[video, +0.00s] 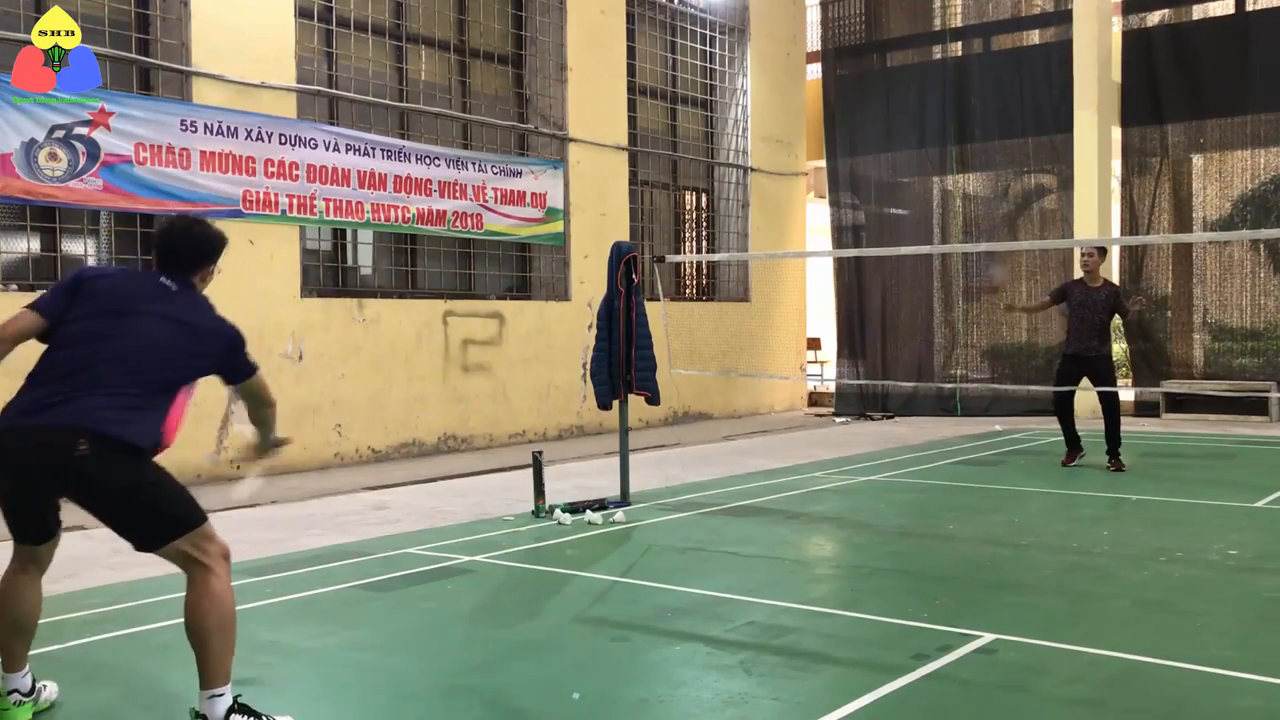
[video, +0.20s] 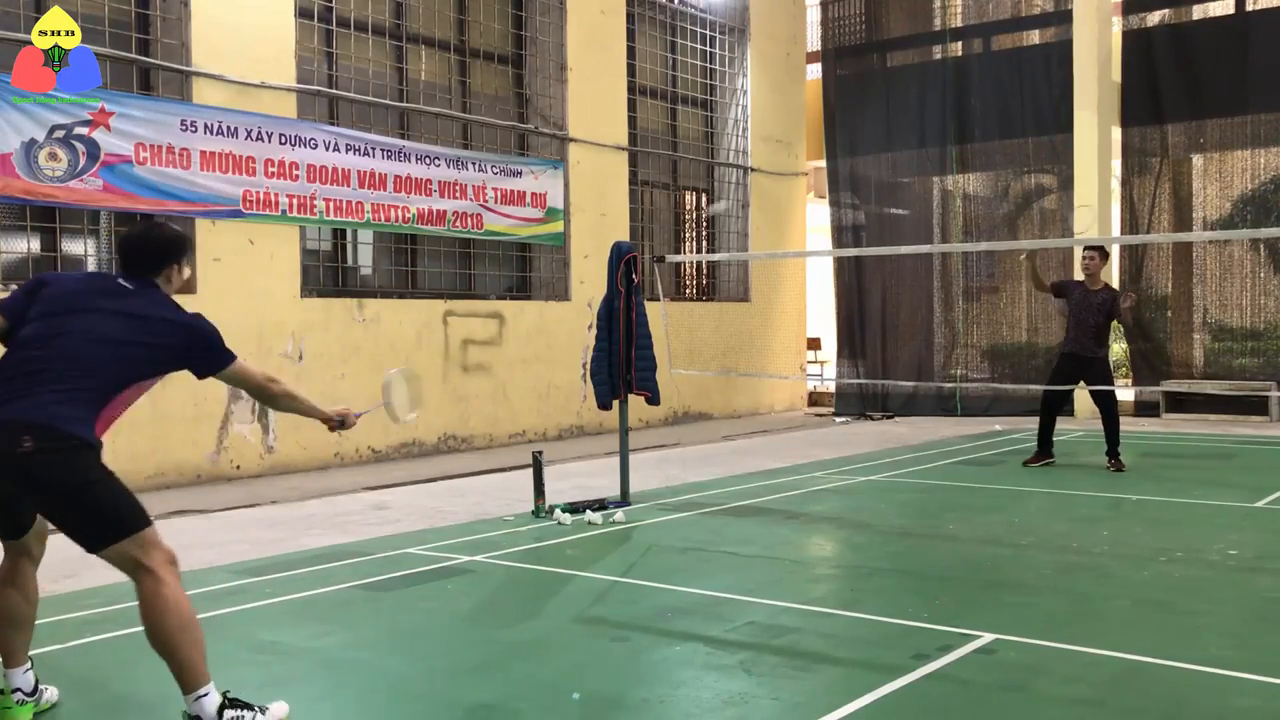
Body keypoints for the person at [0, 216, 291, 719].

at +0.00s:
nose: (213, 276)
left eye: (215, 269)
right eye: (214, 269)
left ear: (156, 256)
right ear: (205, 271)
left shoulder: (91, 281)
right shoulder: (209, 326)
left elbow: (8, 333)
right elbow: (261, 399)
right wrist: (267, 440)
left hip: (21, 439)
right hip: (104, 449)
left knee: (29, 555)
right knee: (208, 559)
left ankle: (14, 688)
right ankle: (217, 706)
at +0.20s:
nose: (190, 271)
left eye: (189, 262)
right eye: (188, 263)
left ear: (125, 262)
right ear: (172, 269)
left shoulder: (51, 285)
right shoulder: (179, 324)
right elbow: (263, 386)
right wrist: (322, 414)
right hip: (57, 448)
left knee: (22, 547)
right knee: (154, 563)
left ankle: (18, 688)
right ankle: (207, 706)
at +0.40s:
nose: (171, 249)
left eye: (170, 238)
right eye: (168, 239)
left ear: (106, 242)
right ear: (150, 243)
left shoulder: (47, 272)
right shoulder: (149, 293)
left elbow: (14, 346)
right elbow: (222, 389)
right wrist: (276, 429)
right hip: (32, 426)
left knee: (24, 547)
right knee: (118, 560)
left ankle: (18, 687)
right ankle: (162, 706)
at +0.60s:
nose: (170, 239)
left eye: (168, 228)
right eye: (167, 229)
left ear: (108, 234)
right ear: (149, 234)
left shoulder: (52, 265)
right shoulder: (144, 288)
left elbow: (20, 340)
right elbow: (199, 394)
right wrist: (259, 439)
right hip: (29, 426)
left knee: (32, 548)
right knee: (119, 562)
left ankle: (20, 688)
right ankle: (106, 712)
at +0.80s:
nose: (174, 245)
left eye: (173, 234)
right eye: (171, 235)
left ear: (108, 237)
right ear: (154, 241)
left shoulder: (50, 268)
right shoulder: (150, 296)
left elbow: (7, 330)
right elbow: (186, 407)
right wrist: (223, 433)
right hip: (42, 439)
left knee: (30, 543)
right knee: (140, 570)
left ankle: (15, 681)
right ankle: (109, 712)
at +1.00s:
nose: (168, 231)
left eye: (168, 221)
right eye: (166, 222)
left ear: (101, 220)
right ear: (152, 229)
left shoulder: (30, 256)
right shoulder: (152, 294)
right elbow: (224, 369)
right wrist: (192, 371)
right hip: (41, 435)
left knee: (14, 548)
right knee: (115, 566)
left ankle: (9, 681)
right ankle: (106, 711)